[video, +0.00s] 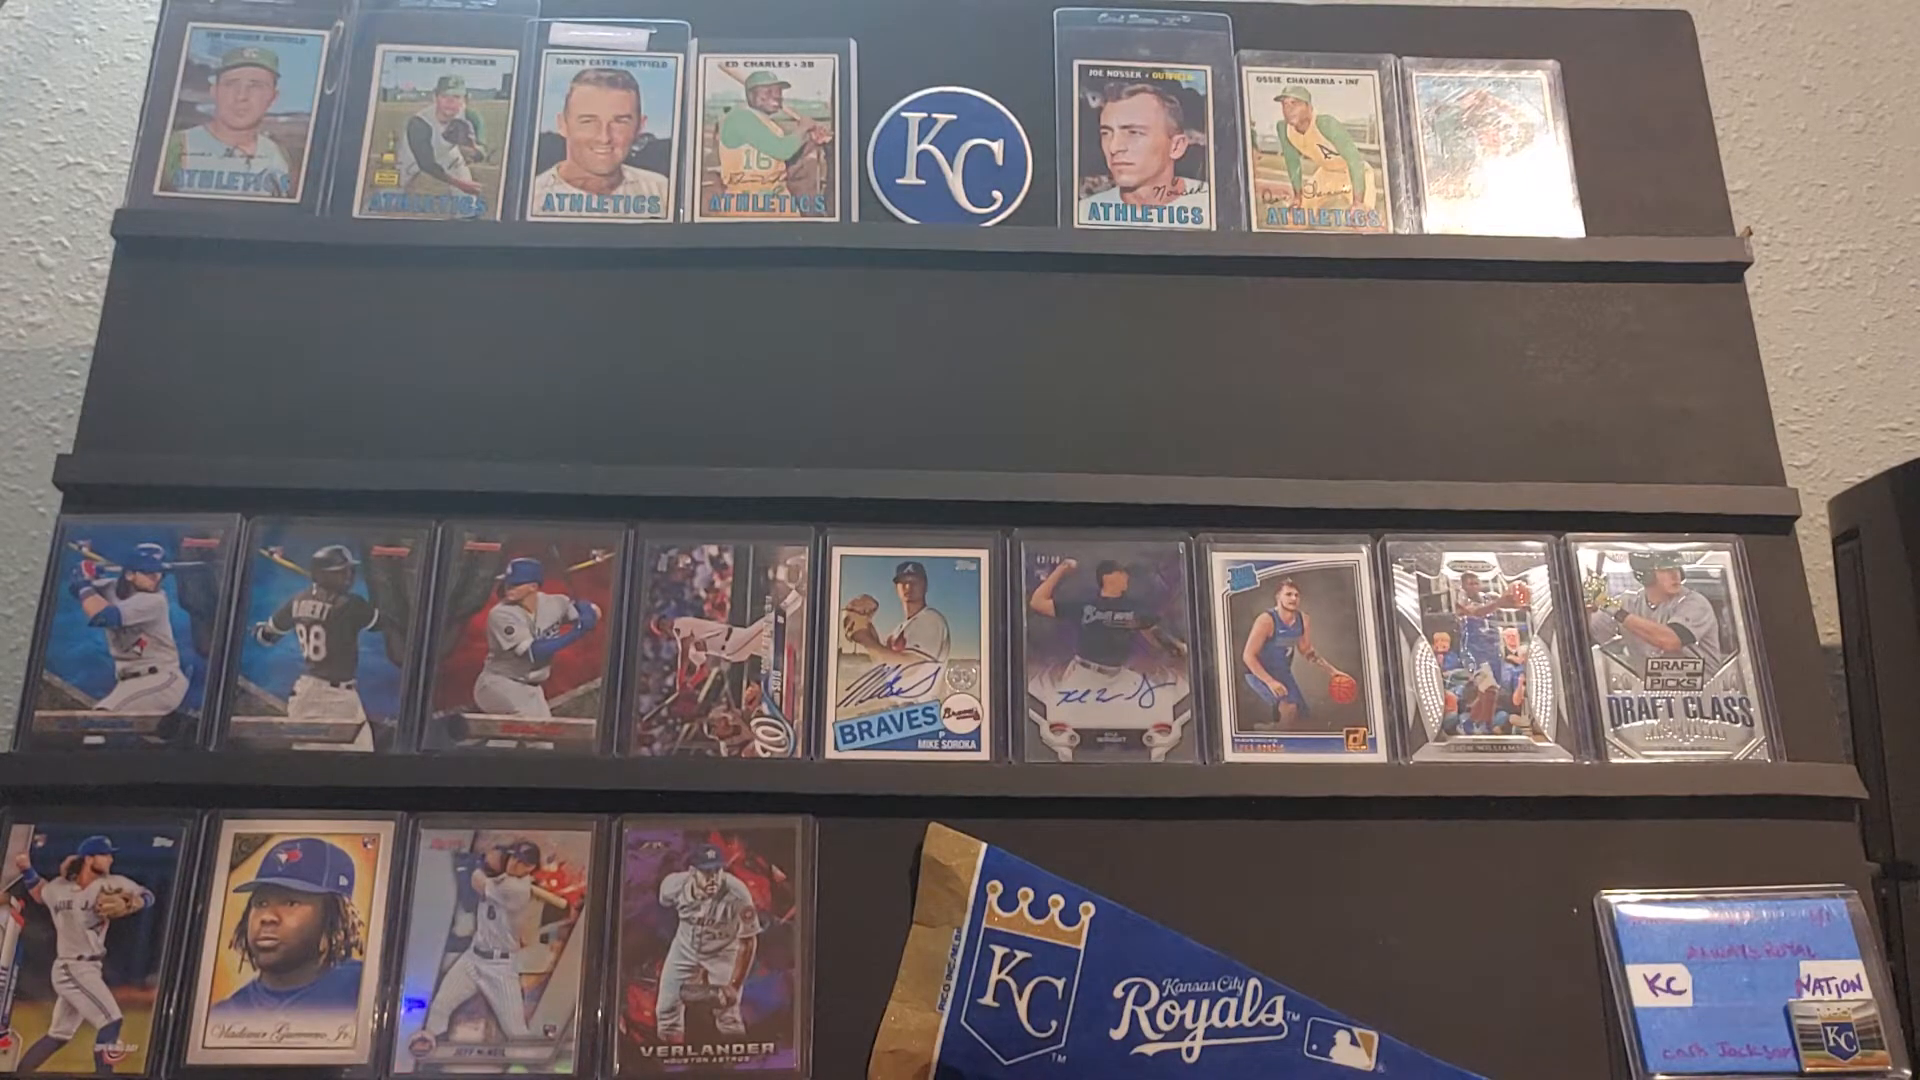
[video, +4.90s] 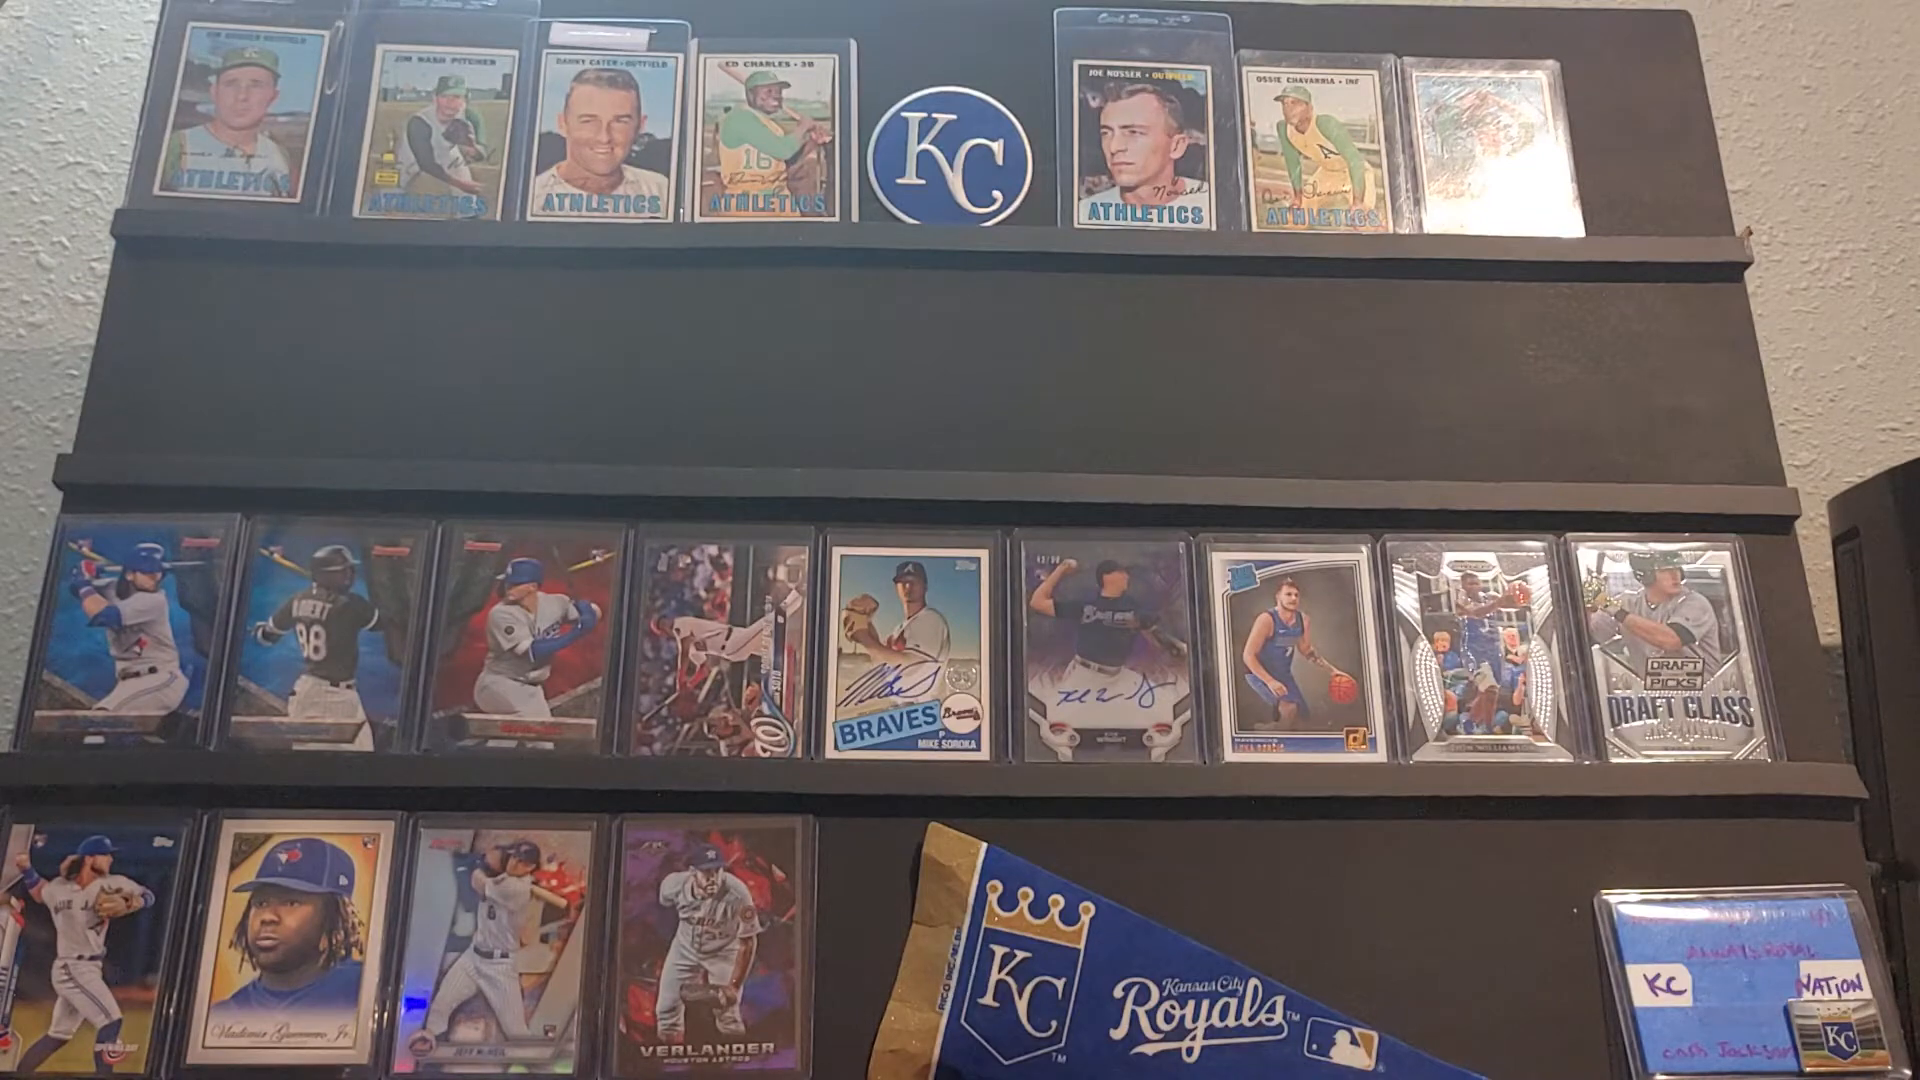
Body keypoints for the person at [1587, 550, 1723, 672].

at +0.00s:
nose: (1677, 575)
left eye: (1678, 568)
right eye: (1667, 569)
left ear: (1682, 571)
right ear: (1645, 574)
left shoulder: (1696, 604)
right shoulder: (1628, 603)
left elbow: (1671, 641)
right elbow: (1585, 636)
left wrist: (1620, 614)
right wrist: (1584, 610)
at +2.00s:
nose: (1676, 575)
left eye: (1677, 568)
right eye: (1666, 569)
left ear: (1682, 571)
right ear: (1644, 574)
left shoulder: (1696, 604)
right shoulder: (1629, 604)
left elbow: (1671, 641)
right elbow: (1586, 637)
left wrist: (1619, 613)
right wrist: (1585, 609)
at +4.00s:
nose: (1676, 575)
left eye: (1676, 568)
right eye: (1665, 570)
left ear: (1681, 571)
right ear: (1644, 575)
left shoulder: (1696, 604)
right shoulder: (1627, 604)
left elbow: (1671, 641)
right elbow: (1585, 638)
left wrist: (1619, 613)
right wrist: (1586, 608)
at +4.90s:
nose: (1676, 575)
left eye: (1677, 568)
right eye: (1666, 570)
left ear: (1682, 571)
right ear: (1645, 574)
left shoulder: (1696, 604)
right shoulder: (1628, 603)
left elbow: (1671, 641)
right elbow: (1589, 634)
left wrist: (1619, 614)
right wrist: (1584, 610)